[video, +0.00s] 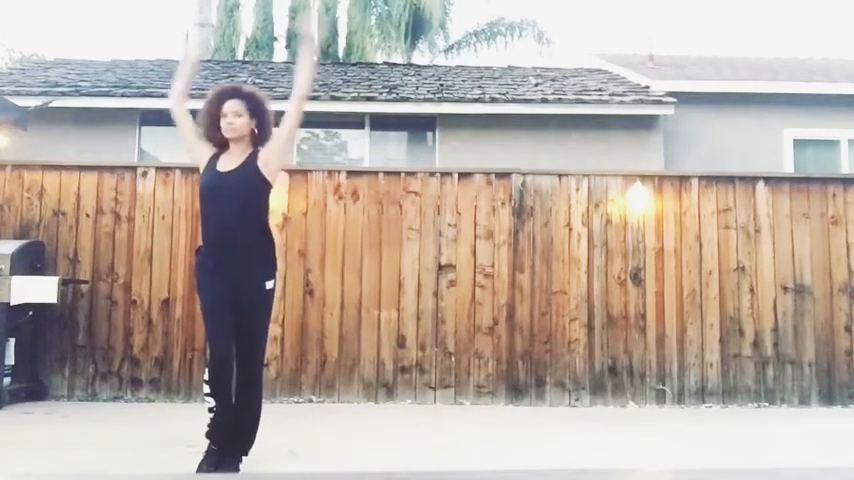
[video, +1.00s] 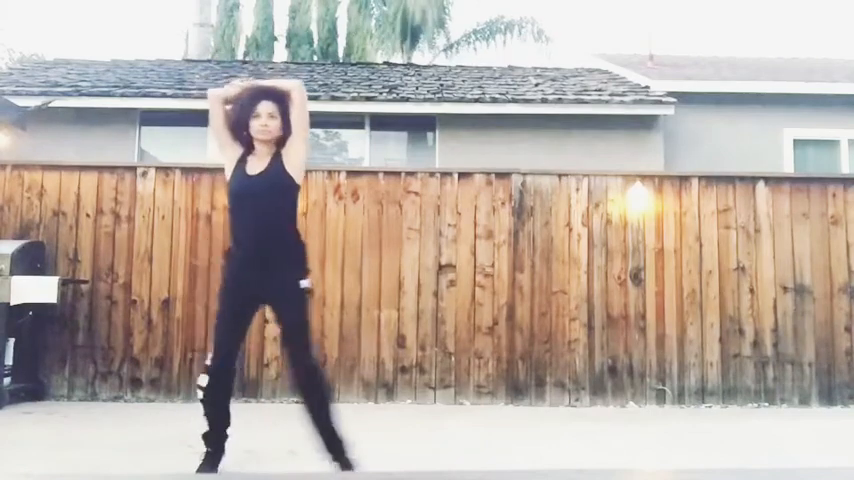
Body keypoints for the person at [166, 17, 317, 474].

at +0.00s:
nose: (230, 120)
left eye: (237, 114)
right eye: (224, 115)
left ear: (254, 121)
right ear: (217, 122)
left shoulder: (269, 158)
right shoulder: (208, 158)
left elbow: (299, 99)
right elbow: (176, 104)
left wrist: (309, 42)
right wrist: (193, 53)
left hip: (256, 269)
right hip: (212, 268)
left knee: (249, 362)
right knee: (220, 353)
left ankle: (237, 451)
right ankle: (218, 444)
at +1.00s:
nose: (265, 121)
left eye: (272, 116)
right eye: (258, 115)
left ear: (283, 123)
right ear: (246, 123)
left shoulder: (291, 158)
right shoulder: (235, 158)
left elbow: (297, 89)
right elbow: (213, 97)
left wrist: (252, 84)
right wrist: (242, 89)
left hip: (286, 274)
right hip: (241, 274)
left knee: (302, 363)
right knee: (221, 362)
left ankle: (336, 450)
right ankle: (213, 449)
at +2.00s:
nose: (248, 122)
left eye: (255, 115)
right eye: (242, 116)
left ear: (272, 122)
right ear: (237, 124)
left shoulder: (278, 156)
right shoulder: (239, 158)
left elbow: (293, 91)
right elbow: (217, 102)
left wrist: (274, 92)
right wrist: (251, 94)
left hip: (255, 272)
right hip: (227, 272)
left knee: (245, 363)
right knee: (228, 365)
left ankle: (296, 438)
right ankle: (244, 451)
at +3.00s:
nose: (129, 119)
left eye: (138, 113)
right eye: (127, 113)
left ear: (161, 121)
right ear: (124, 121)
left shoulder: (165, 169)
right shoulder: (114, 157)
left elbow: (215, 145)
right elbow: (54, 152)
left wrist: (187, 147)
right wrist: (81, 110)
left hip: (136, 270)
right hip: (104, 268)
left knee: (116, 368)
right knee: (92, 370)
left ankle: (88, 460)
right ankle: (173, 429)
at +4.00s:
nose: (288, 124)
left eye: (292, 119)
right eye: (280, 119)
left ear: (300, 128)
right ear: (264, 128)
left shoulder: (309, 170)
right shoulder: (251, 172)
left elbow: (313, 229)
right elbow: (235, 231)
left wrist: (319, 276)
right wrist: (237, 286)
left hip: (307, 279)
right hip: (266, 279)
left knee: (312, 367)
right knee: (238, 363)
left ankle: (328, 450)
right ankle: (210, 444)